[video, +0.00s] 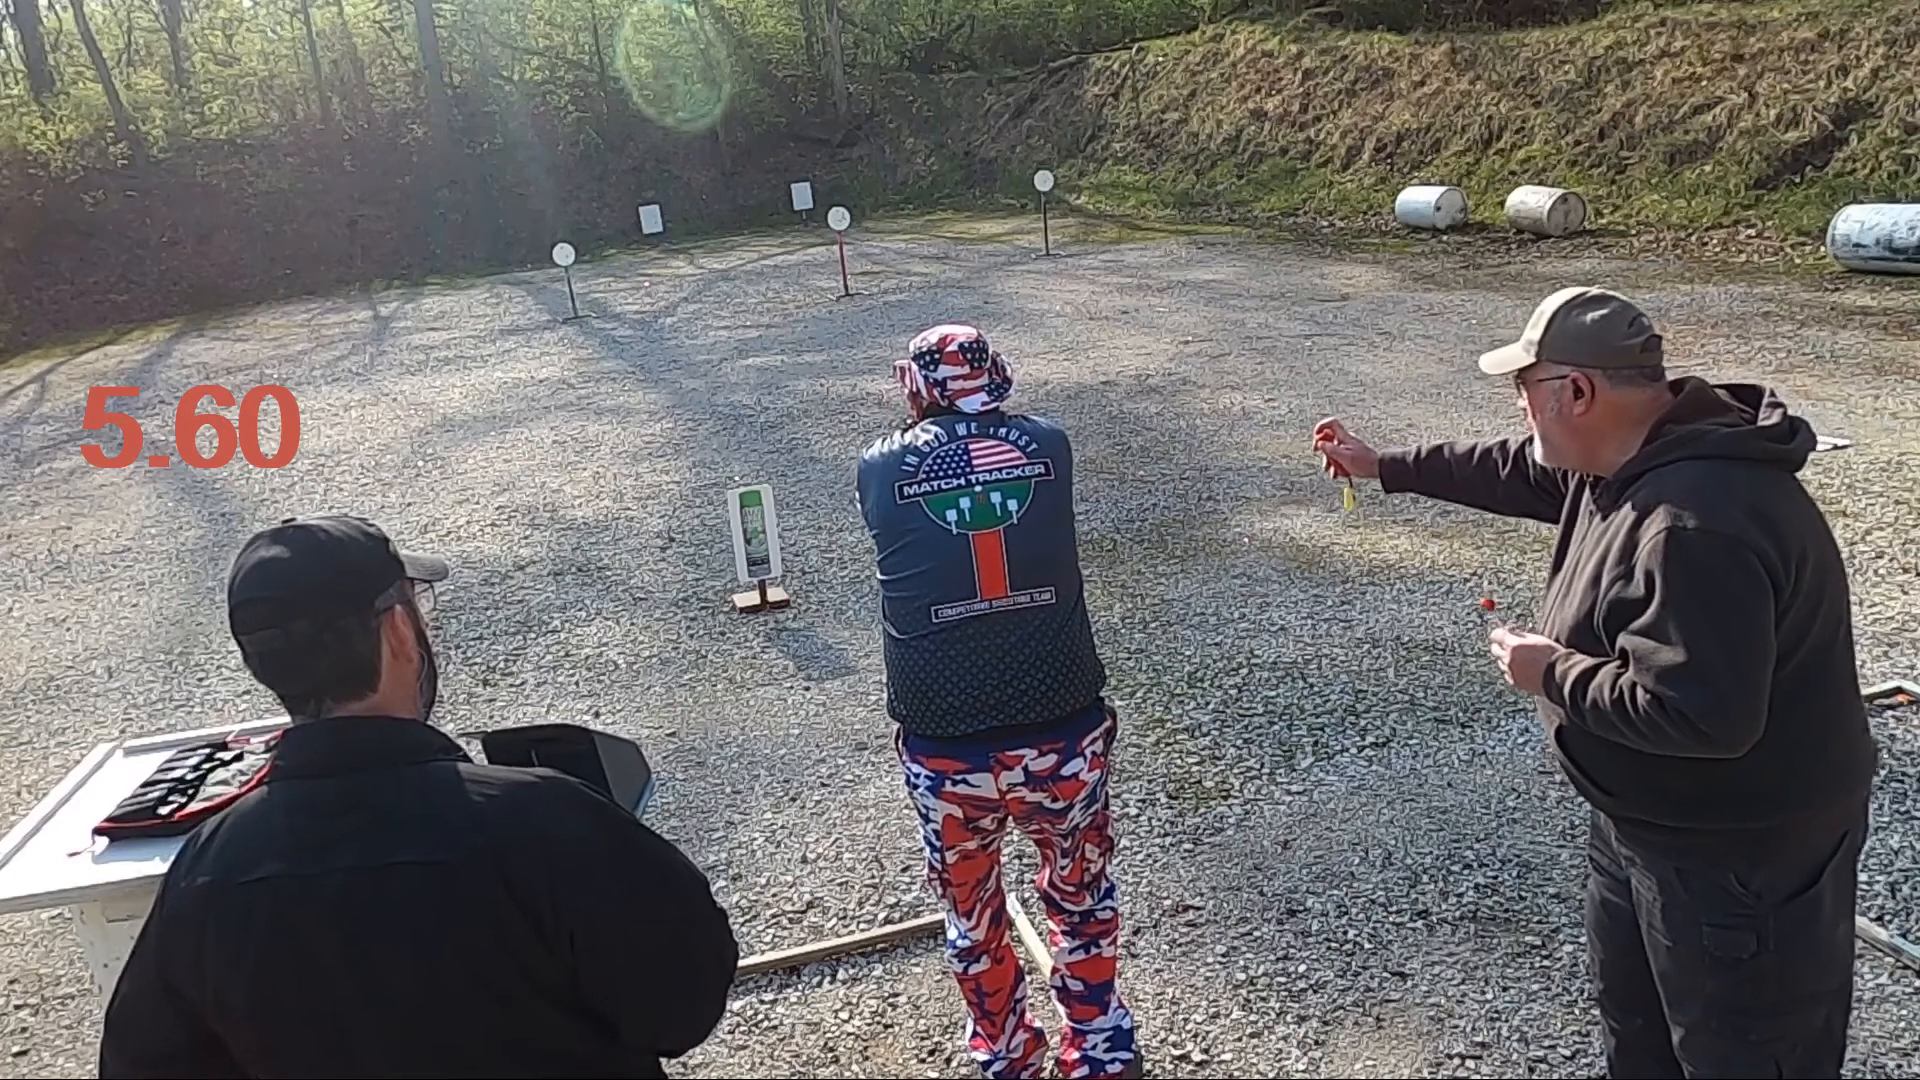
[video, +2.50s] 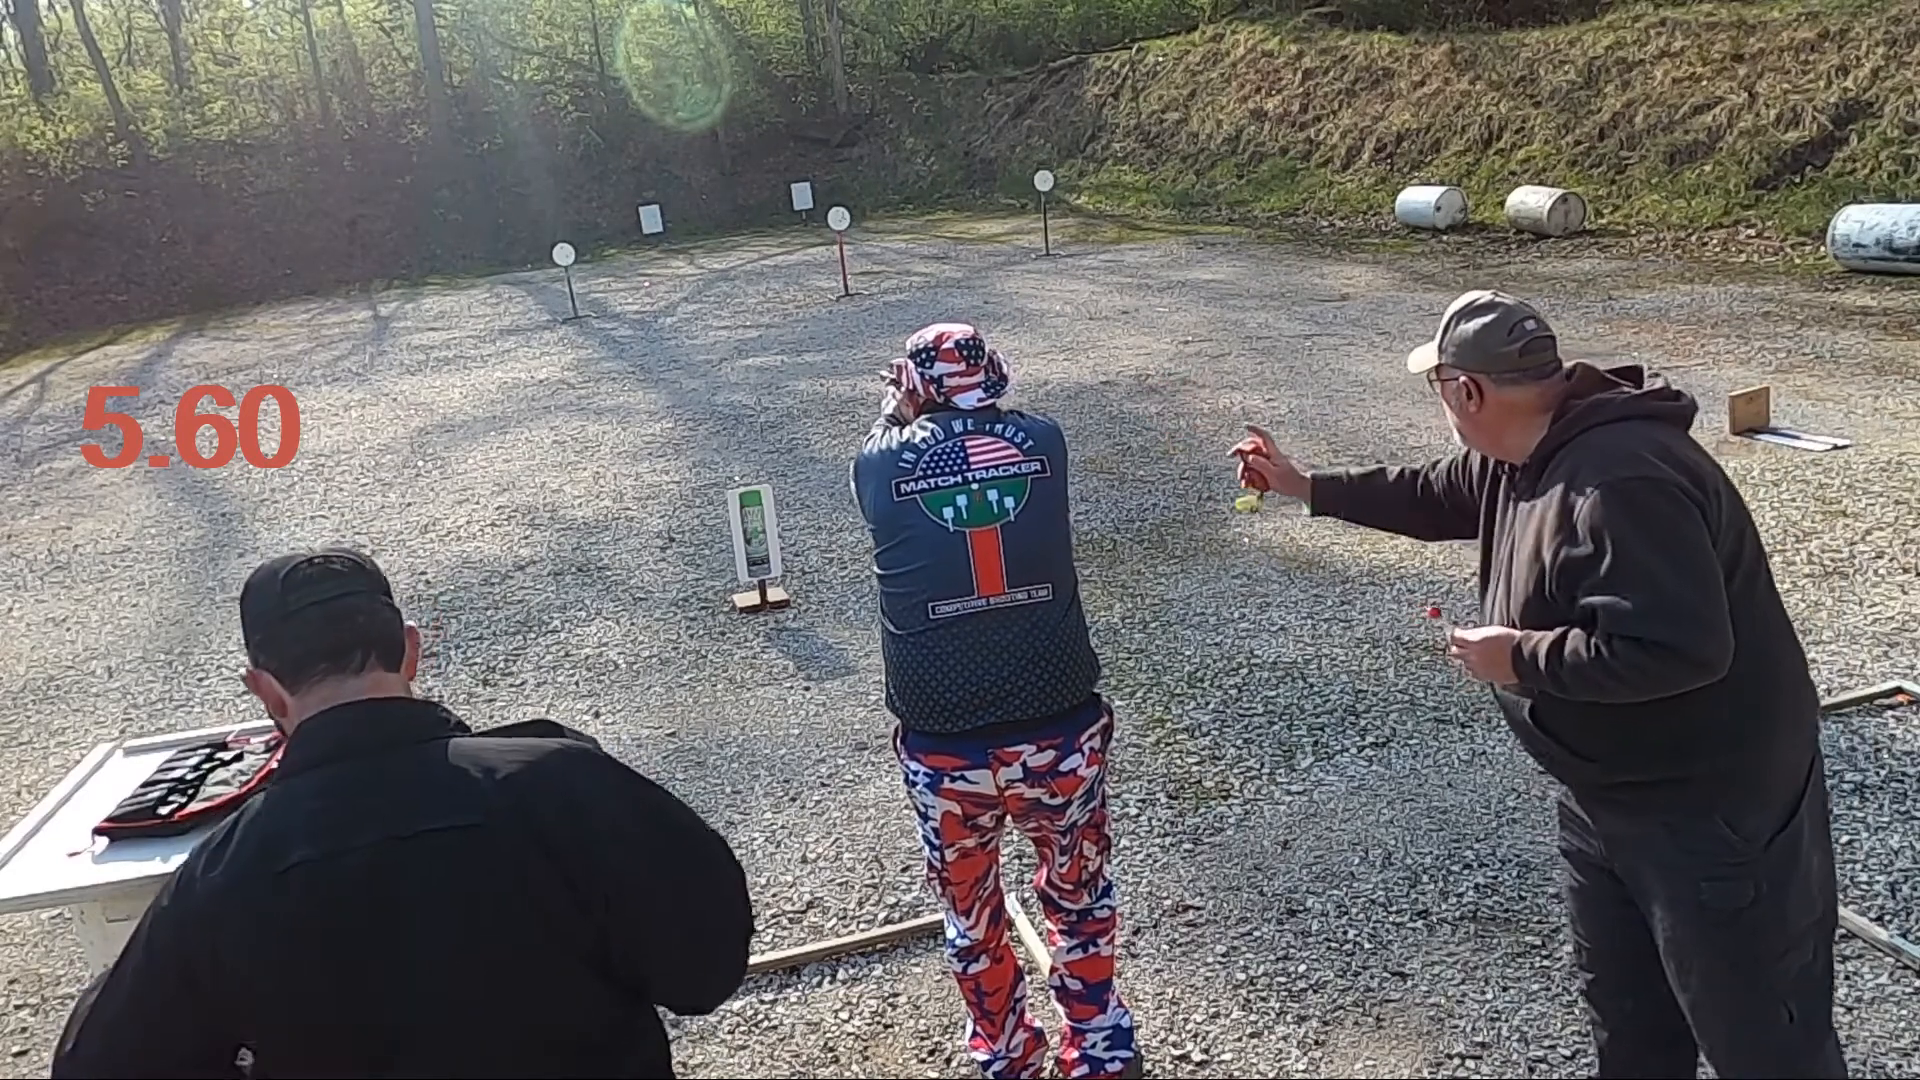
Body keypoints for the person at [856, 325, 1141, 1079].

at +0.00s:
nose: (904, 398)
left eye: (907, 389)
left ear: (916, 396)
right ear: (997, 387)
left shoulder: (879, 470)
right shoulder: (1049, 444)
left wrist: (931, 416)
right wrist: (947, 411)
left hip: (946, 752)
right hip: (1064, 738)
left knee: (973, 908)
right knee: (1082, 898)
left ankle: (1005, 1058)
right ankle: (1102, 1056)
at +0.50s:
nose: (904, 398)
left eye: (907, 389)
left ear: (916, 397)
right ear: (997, 389)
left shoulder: (878, 470)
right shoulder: (1048, 444)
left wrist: (928, 419)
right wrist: (944, 413)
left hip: (944, 753)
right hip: (1063, 739)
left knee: (972, 908)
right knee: (1081, 898)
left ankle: (1006, 1058)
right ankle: (1102, 1056)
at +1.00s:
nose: (904, 398)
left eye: (907, 389)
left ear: (915, 397)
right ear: (997, 388)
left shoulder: (878, 470)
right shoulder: (1047, 443)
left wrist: (932, 421)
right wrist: (947, 416)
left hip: (944, 749)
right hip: (1062, 735)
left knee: (972, 908)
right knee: (1080, 897)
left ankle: (1006, 1058)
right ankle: (1102, 1056)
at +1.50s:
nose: (905, 398)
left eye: (907, 389)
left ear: (916, 397)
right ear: (996, 389)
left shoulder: (878, 470)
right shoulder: (1046, 442)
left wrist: (929, 419)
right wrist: (945, 414)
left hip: (944, 748)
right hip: (1062, 734)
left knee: (972, 907)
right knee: (1080, 896)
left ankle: (1006, 1058)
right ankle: (1102, 1056)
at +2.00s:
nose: (902, 400)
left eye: (905, 391)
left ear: (915, 398)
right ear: (996, 389)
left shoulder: (877, 470)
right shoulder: (1045, 443)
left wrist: (931, 423)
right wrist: (946, 418)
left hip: (944, 749)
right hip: (1062, 736)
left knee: (971, 906)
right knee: (1080, 896)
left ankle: (1005, 1057)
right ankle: (1102, 1056)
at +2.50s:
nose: (904, 399)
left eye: (909, 389)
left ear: (913, 399)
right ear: (994, 388)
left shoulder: (878, 469)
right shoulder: (1043, 441)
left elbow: (883, 450)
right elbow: (985, 433)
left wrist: (900, 409)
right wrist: (939, 403)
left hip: (943, 746)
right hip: (1062, 732)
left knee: (972, 909)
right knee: (1079, 897)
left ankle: (1006, 1058)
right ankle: (1101, 1055)